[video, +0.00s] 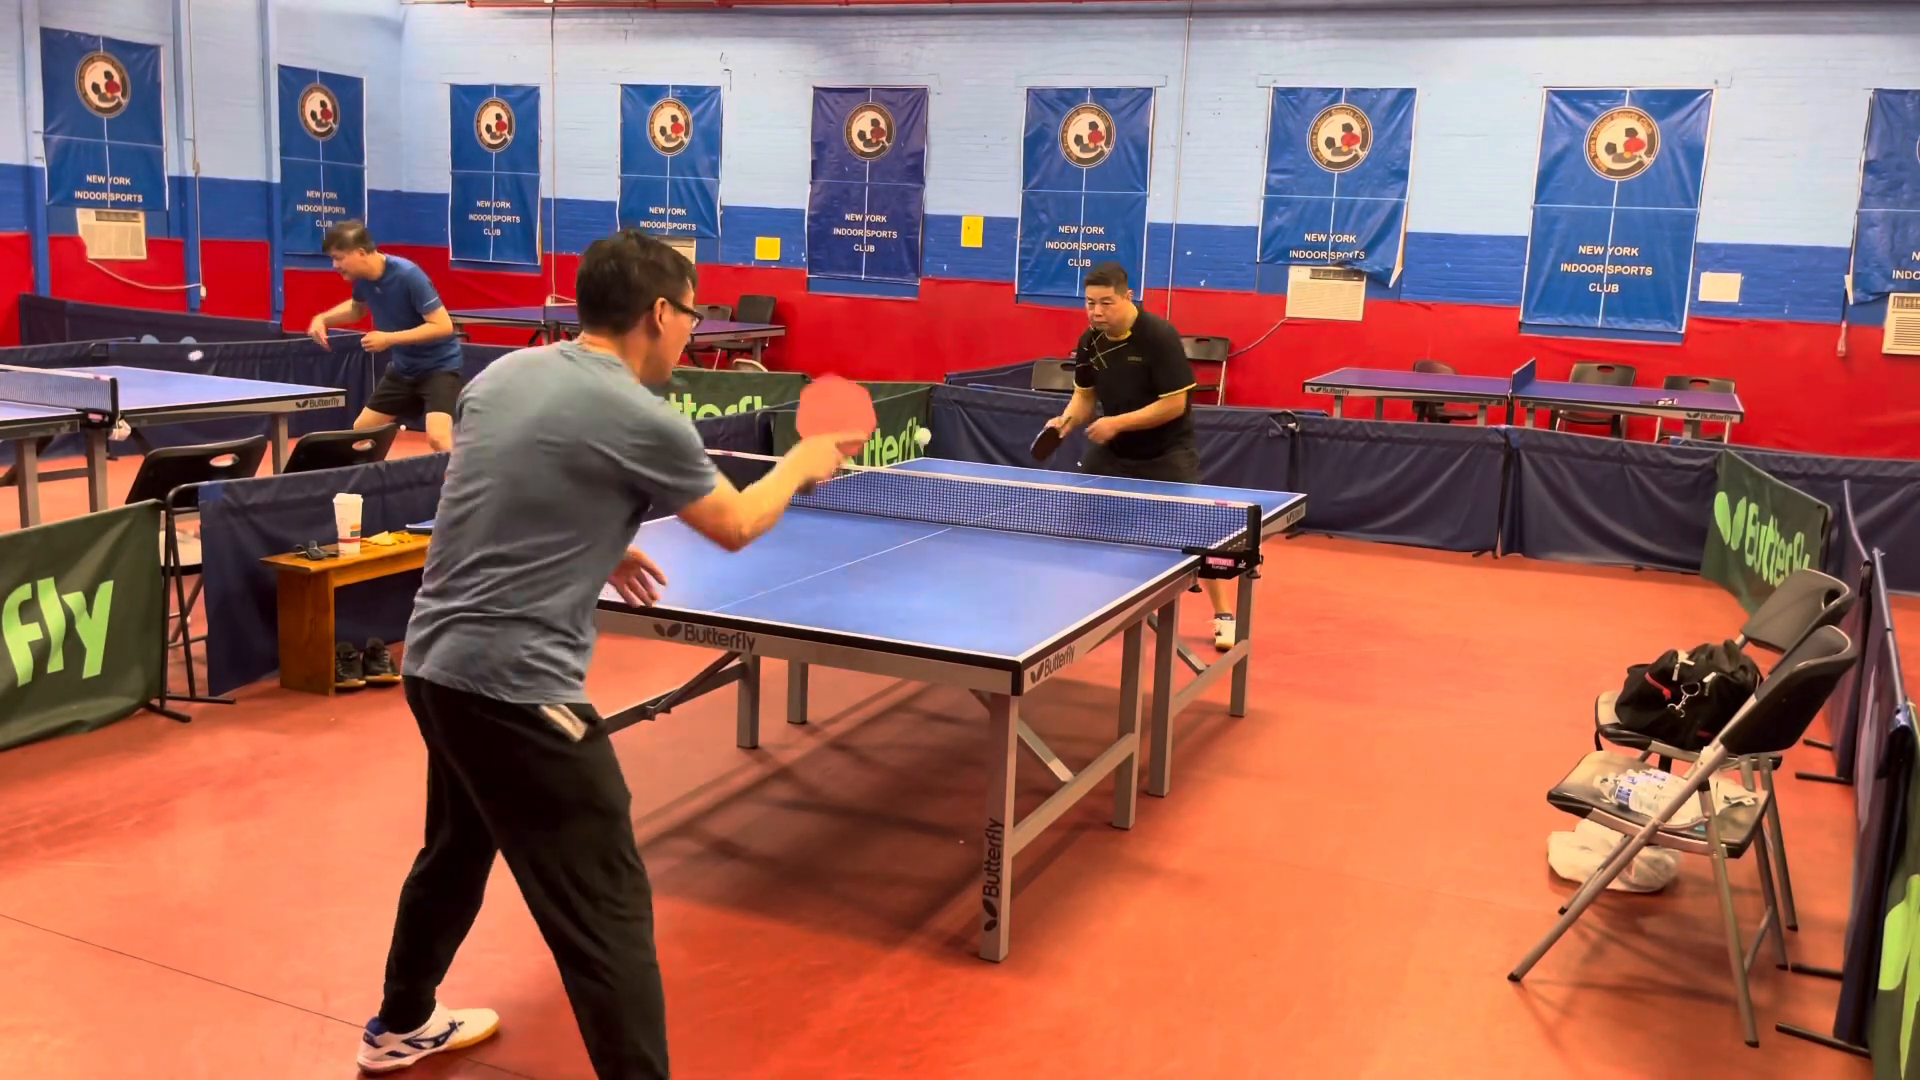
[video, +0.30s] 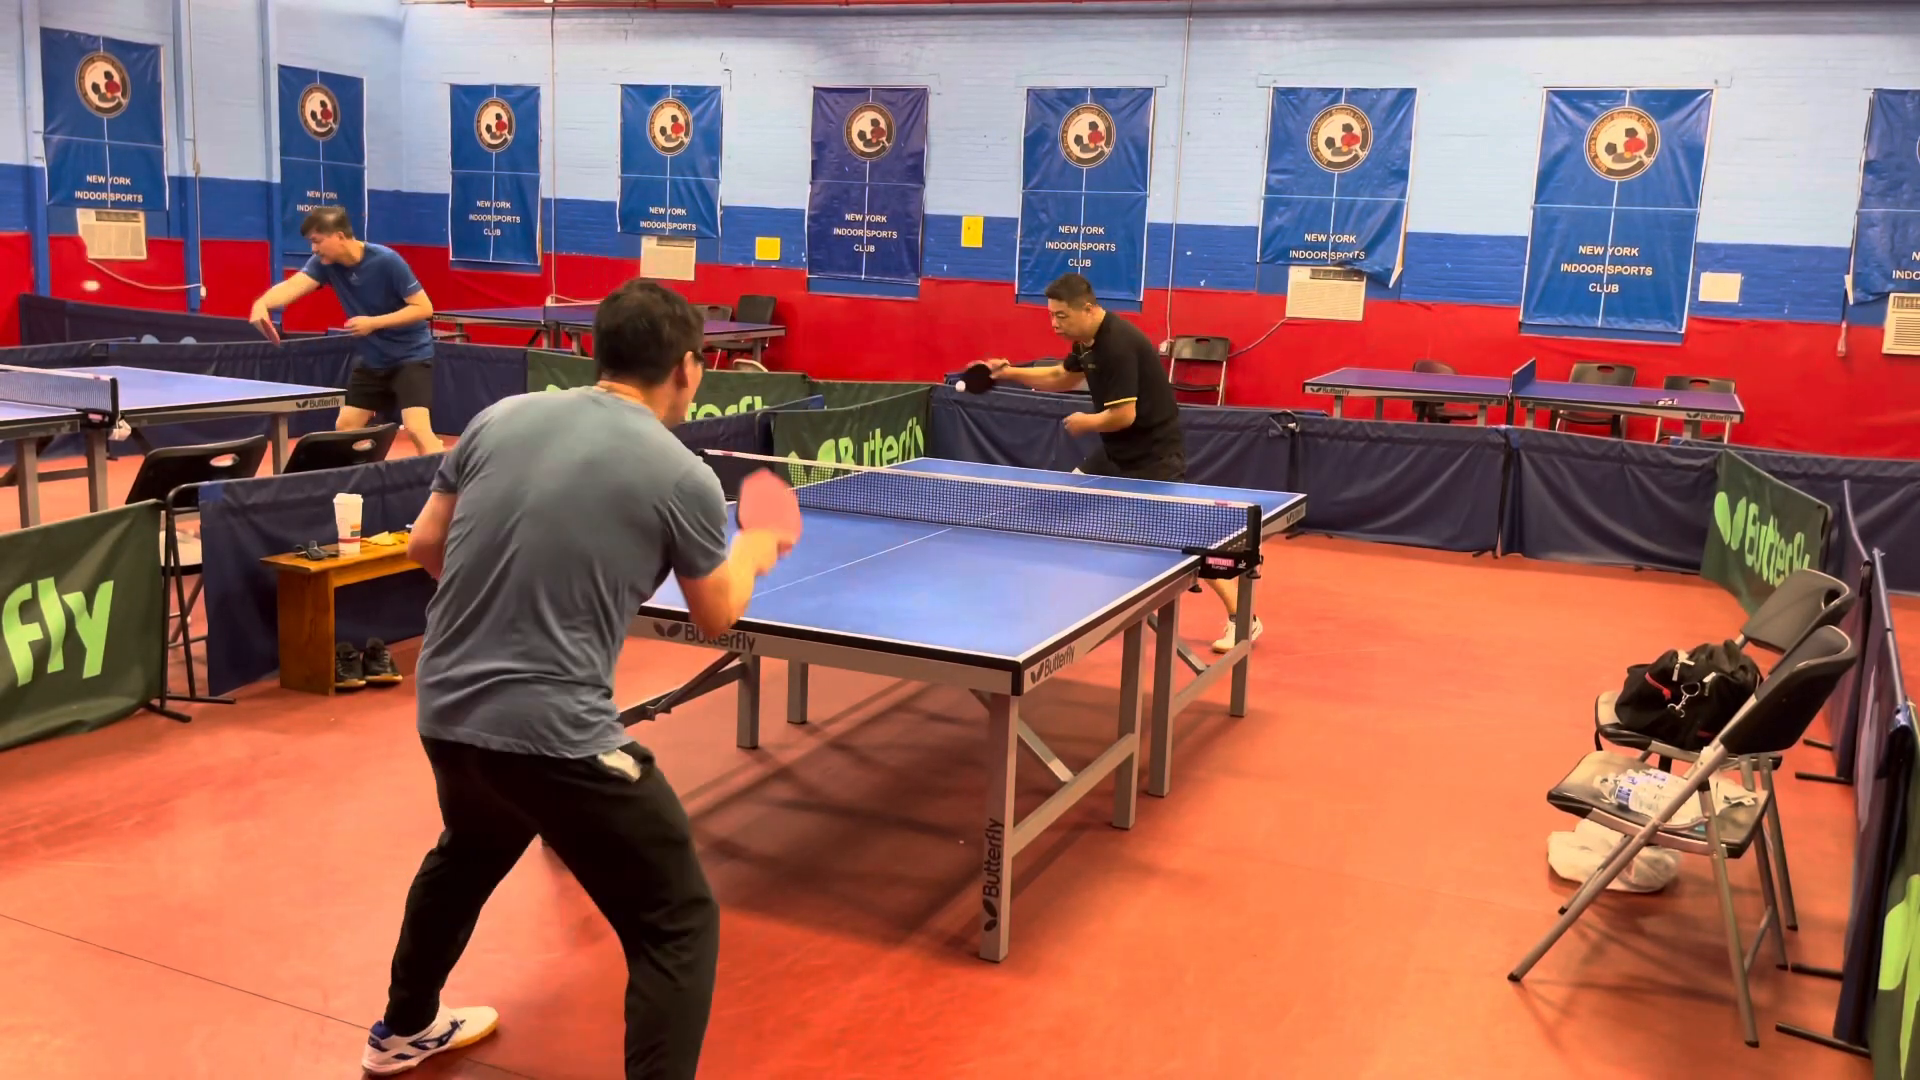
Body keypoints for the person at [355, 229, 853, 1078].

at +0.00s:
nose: (692, 330)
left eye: (692, 313)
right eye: (688, 312)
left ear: (589, 309)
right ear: (655, 314)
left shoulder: (501, 374)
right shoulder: (641, 418)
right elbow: (734, 524)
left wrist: (596, 547)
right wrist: (799, 463)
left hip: (434, 669)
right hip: (522, 690)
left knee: (455, 853)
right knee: (605, 911)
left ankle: (400, 1023)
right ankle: (639, 1069)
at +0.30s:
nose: (698, 380)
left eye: (699, 366)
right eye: (698, 365)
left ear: (600, 358)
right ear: (683, 368)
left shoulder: (503, 418)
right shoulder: (679, 474)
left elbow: (428, 541)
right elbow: (716, 615)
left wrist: (496, 591)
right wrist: (756, 552)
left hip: (448, 715)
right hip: (560, 734)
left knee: (474, 844)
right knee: (677, 923)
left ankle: (404, 1025)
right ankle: (657, 1071)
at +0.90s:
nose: (692, 342)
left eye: (693, 324)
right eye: (689, 324)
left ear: (590, 316)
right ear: (657, 326)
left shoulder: (485, 386)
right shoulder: (649, 425)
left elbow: (449, 519)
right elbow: (741, 513)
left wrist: (576, 589)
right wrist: (783, 425)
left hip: (426, 679)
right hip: (524, 695)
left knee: (443, 851)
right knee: (622, 901)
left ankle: (399, 1025)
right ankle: (642, 1070)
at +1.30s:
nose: (734, 400)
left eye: (736, 384)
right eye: (736, 384)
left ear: (641, 367)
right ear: (721, 382)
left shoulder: (536, 419)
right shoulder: (683, 487)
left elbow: (460, 534)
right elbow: (641, 654)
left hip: (432, 694)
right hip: (529, 720)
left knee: (462, 855)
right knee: (642, 928)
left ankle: (397, 1028)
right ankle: (646, 1070)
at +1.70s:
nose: (749, 380)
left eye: (751, 360)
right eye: (747, 360)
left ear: (652, 349)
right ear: (713, 357)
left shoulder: (552, 409)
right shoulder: (672, 452)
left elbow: (519, 540)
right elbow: (740, 626)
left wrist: (616, 611)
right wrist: (869, 587)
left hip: (443, 690)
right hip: (537, 709)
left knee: (477, 833)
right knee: (651, 922)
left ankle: (409, 1017)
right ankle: (648, 1075)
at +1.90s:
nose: (712, 337)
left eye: (712, 322)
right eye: (711, 322)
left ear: (611, 319)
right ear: (691, 327)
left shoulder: (510, 389)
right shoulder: (696, 431)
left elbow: (446, 529)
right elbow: (781, 488)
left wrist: (542, 508)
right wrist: (801, 395)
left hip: (460, 699)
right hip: (576, 715)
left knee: (452, 864)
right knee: (667, 920)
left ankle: (424, 1030)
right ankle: (658, 1072)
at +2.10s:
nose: (712, 382)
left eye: (712, 368)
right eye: (712, 367)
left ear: (613, 366)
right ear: (696, 375)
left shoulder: (514, 431)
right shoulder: (701, 487)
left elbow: (442, 568)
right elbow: (735, 624)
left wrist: (517, 599)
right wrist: (780, 547)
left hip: (460, 736)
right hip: (577, 751)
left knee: (477, 855)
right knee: (701, 939)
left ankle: (422, 1035)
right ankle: (674, 1076)